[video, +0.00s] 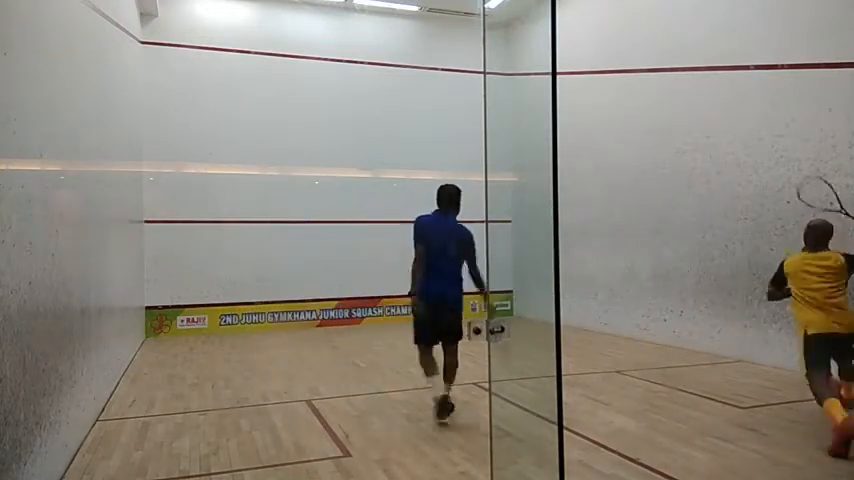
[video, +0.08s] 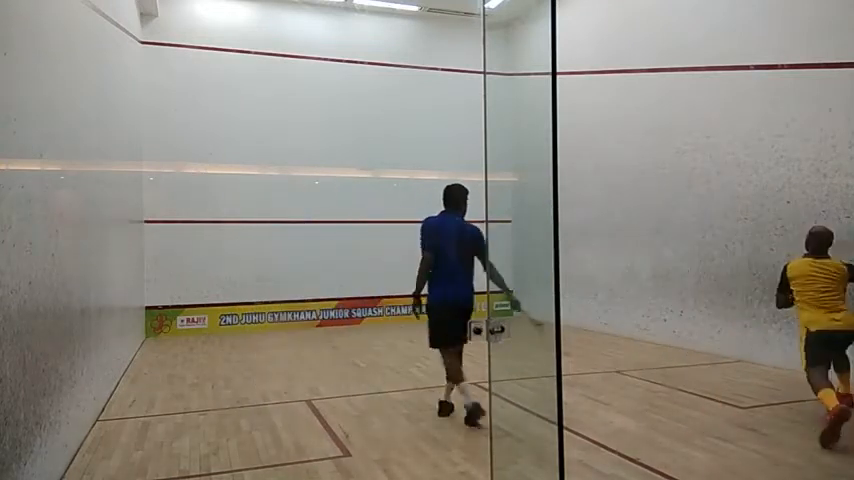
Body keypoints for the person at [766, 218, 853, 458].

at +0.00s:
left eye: (806, 237)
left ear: (804, 239)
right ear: (829, 241)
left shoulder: (791, 264)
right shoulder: (842, 261)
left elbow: (773, 293)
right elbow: (853, 262)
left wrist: (797, 289)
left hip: (815, 333)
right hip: (845, 330)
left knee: (819, 382)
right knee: (847, 366)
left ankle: (841, 422)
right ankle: (847, 400)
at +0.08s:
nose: (806, 243)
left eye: (807, 240)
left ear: (807, 244)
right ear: (830, 246)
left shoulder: (792, 268)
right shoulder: (842, 269)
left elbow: (781, 302)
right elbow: (842, 290)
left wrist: (803, 294)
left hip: (817, 332)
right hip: (845, 330)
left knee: (817, 374)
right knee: (839, 353)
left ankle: (834, 408)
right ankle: (846, 393)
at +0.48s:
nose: (768, 226)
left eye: (770, 222)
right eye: (769, 222)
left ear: (776, 222)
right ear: (789, 223)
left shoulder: (781, 235)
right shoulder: (798, 239)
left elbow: (787, 264)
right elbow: (807, 282)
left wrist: (772, 273)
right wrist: (784, 303)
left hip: (818, 289)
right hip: (835, 288)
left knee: (792, 335)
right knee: (815, 328)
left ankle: (824, 390)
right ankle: (837, 378)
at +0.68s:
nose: (748, 233)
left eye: (749, 228)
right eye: (748, 228)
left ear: (754, 228)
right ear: (767, 227)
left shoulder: (764, 243)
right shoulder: (776, 242)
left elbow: (759, 276)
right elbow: (792, 278)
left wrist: (749, 267)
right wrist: (774, 299)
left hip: (806, 299)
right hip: (803, 299)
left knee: (801, 349)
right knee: (786, 334)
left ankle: (841, 398)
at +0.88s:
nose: (723, 229)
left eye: (726, 225)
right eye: (723, 225)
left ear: (736, 225)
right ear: (740, 225)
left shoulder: (744, 243)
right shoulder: (748, 243)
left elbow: (753, 272)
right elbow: (758, 277)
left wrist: (729, 275)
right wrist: (748, 299)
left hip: (775, 300)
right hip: (765, 301)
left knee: (786, 342)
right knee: (749, 327)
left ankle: (827, 387)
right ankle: (752, 373)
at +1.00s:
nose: (711, 221)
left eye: (713, 217)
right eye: (711, 217)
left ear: (725, 217)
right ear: (726, 218)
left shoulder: (733, 235)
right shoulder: (732, 236)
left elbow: (745, 263)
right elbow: (746, 268)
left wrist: (719, 270)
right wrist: (741, 292)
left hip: (760, 293)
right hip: (749, 294)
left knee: (761, 336)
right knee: (742, 328)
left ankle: (808, 375)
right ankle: (751, 373)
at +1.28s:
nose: (677, 225)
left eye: (679, 222)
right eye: (678, 222)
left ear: (687, 223)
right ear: (695, 222)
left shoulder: (692, 241)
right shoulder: (707, 240)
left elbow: (690, 271)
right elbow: (723, 267)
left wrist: (674, 266)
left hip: (720, 298)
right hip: (713, 297)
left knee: (734, 336)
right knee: (695, 320)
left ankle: (767, 369)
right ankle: (689, 360)